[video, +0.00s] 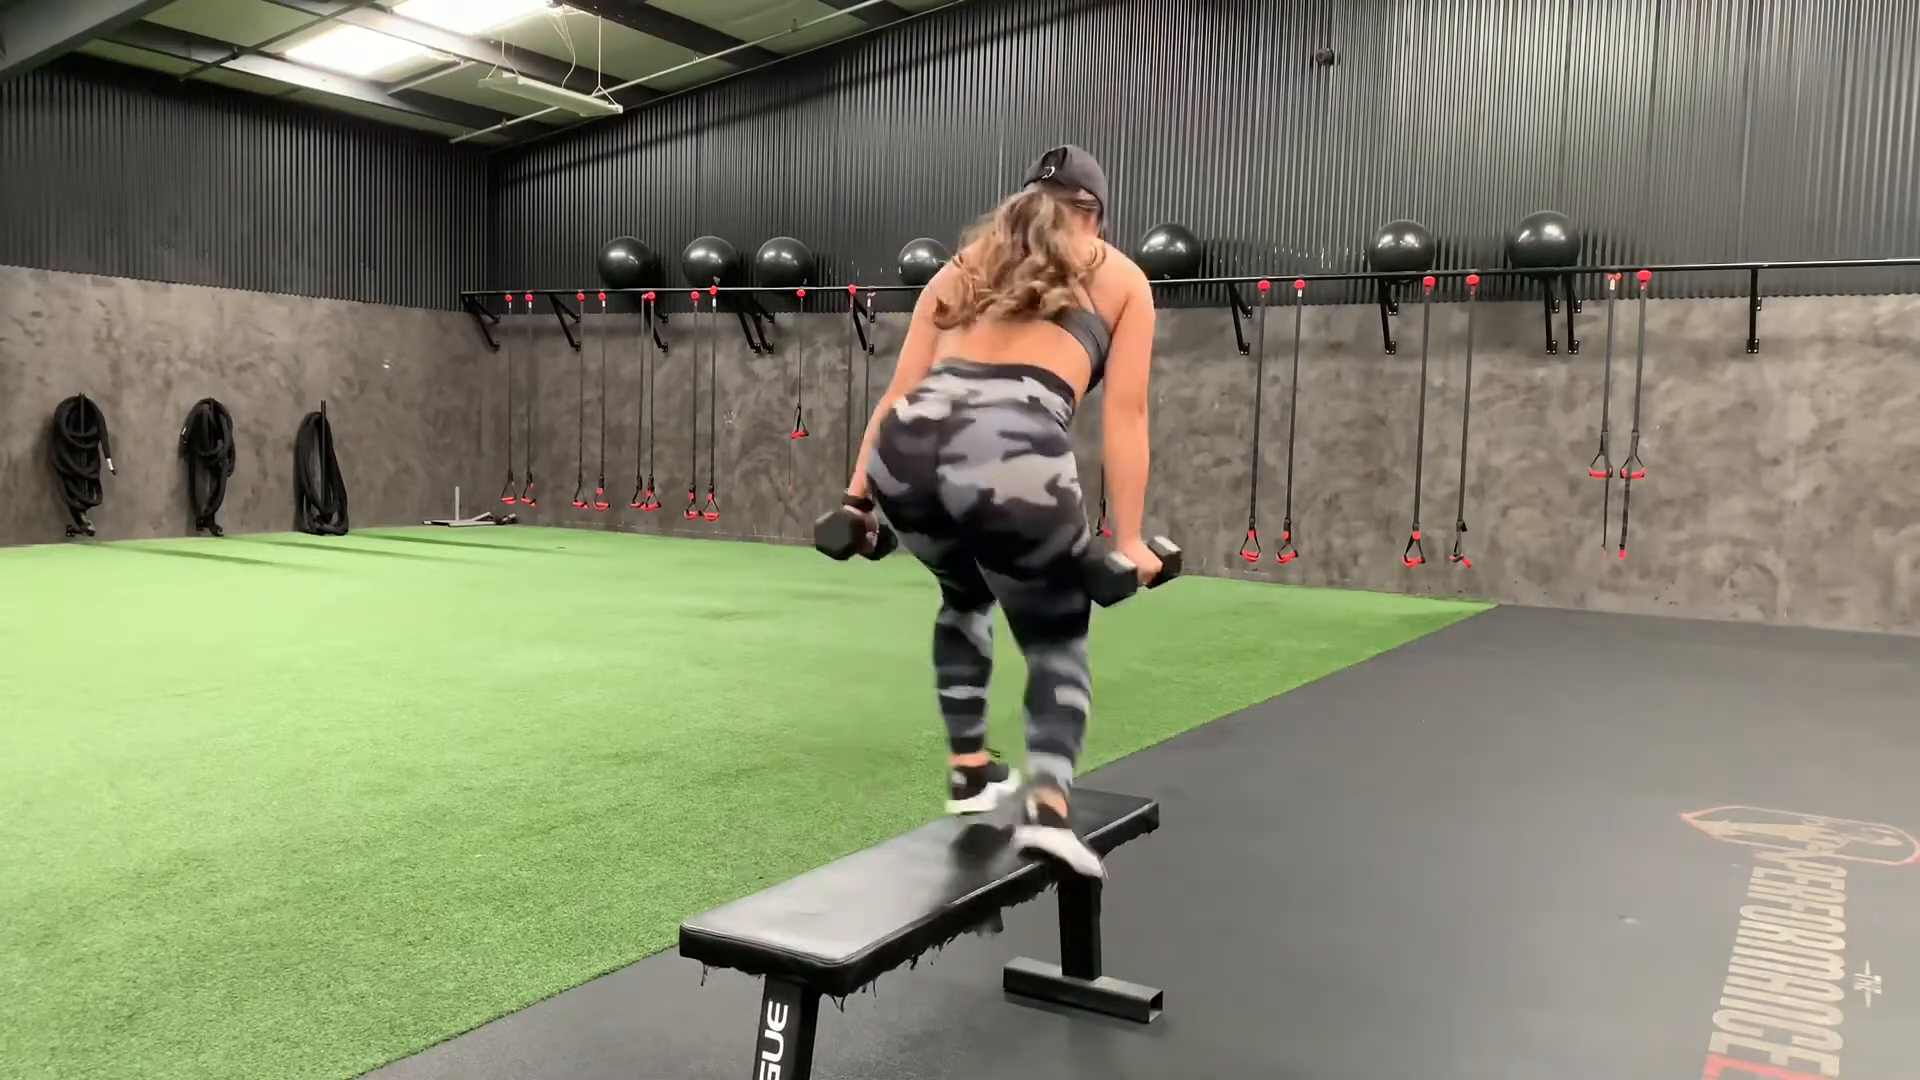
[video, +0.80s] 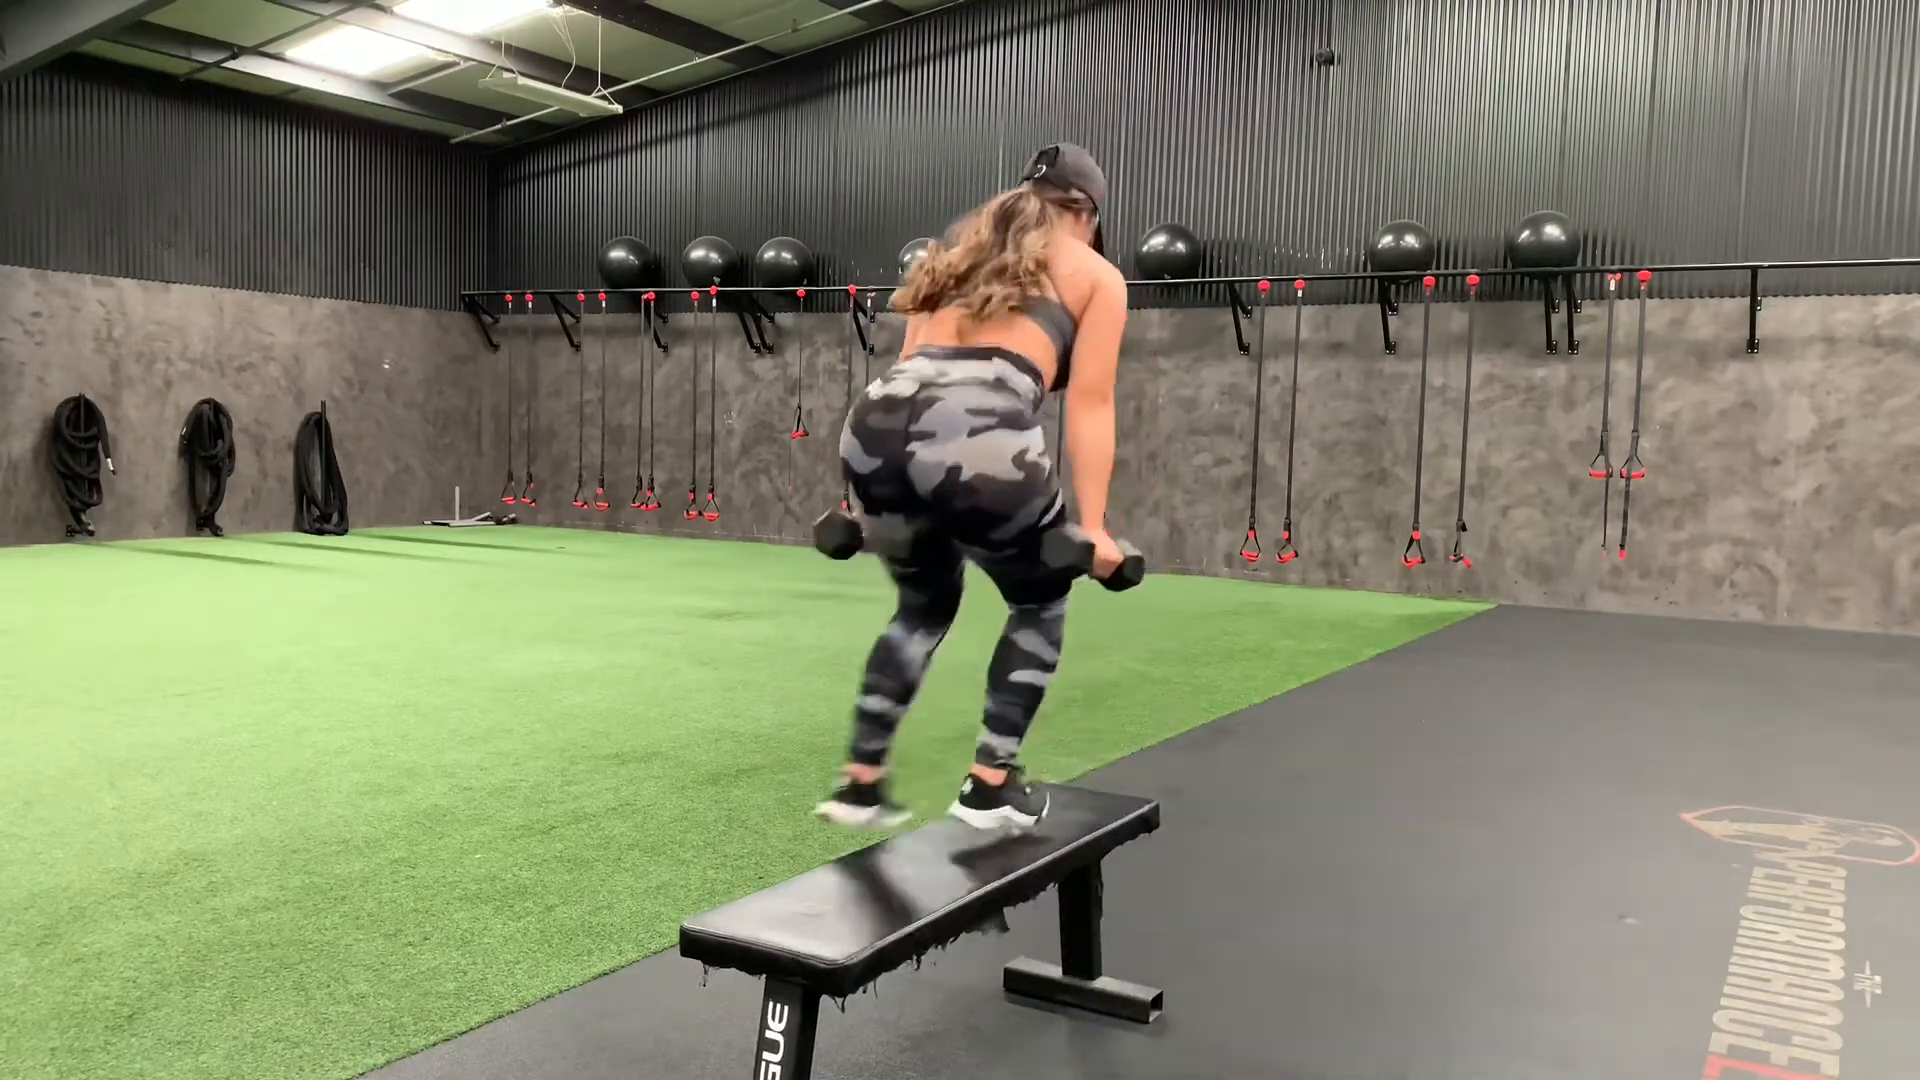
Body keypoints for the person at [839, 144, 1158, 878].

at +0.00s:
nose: (1098, 227)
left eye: (1095, 217)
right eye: (1098, 217)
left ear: (1022, 206)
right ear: (1093, 213)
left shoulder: (961, 266)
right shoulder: (1121, 277)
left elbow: (902, 390)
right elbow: (1126, 415)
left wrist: (858, 492)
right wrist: (1129, 538)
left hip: (907, 452)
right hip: (1014, 456)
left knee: (963, 594)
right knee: (1055, 635)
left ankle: (968, 773)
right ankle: (1049, 803)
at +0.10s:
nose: (1105, 263)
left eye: (1095, 248)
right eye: (1103, 251)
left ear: (1011, 251)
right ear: (1094, 253)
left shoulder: (954, 314)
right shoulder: (1124, 320)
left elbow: (910, 432)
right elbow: (1128, 454)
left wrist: (866, 538)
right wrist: (1144, 583)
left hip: (931, 506)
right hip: (1043, 507)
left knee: (984, 626)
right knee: (1065, 739)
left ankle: (997, 794)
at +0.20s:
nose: (1106, 341)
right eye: (1104, 327)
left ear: (1014, 327)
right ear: (1098, 330)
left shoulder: (959, 402)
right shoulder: (1127, 410)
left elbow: (912, 526)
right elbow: (1143, 548)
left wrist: (871, 634)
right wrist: (1165, 670)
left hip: (956, 618)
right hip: (1061, 623)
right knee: (1073, 849)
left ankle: (998, 785)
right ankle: (1089, 1057)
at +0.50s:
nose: (1099, 316)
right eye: (1099, 304)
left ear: (1015, 297)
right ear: (1088, 307)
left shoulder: (955, 371)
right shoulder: (1112, 378)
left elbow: (916, 499)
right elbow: (1133, 510)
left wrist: (890, 604)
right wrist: (1155, 626)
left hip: (944, 567)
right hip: (1049, 575)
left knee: (983, 629)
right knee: (1074, 797)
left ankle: (1006, 779)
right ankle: (1101, 1009)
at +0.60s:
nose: (1101, 261)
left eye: (1092, 251)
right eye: (1101, 251)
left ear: (1025, 236)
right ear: (1093, 246)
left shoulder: (959, 301)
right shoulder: (1111, 314)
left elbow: (911, 424)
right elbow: (1119, 441)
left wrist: (888, 527)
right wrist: (1132, 562)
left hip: (924, 483)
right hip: (1022, 486)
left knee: (983, 619)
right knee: (1072, 685)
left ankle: (999, 786)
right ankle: (1075, 866)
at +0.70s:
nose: (1094, 229)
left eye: (1094, 220)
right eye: (1096, 218)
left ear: (1025, 203)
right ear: (1087, 211)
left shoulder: (959, 259)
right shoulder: (1106, 273)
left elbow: (911, 376)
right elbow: (1108, 403)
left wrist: (874, 496)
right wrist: (1113, 524)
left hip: (894, 429)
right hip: (998, 429)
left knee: (950, 592)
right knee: (1056, 602)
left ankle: (956, 769)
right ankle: (1025, 778)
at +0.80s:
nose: (1094, 233)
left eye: (1092, 221)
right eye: (1094, 221)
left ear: (1020, 205)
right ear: (1084, 214)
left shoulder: (955, 255)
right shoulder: (1095, 274)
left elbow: (906, 372)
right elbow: (1090, 404)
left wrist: (862, 492)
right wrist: (1092, 527)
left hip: (879, 432)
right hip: (982, 439)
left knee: (925, 599)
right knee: (1038, 600)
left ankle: (860, 779)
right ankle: (990, 779)